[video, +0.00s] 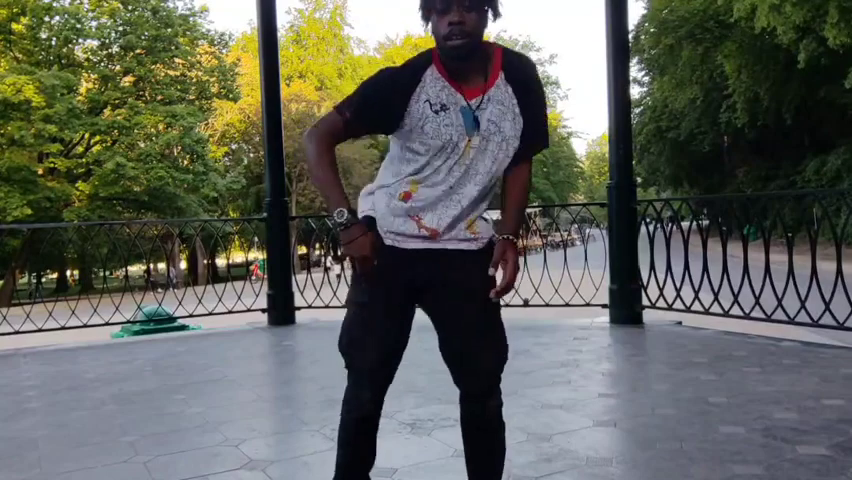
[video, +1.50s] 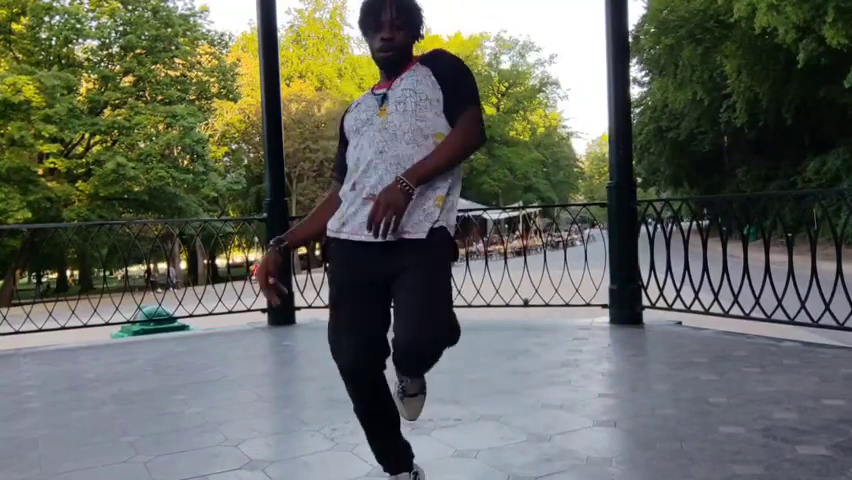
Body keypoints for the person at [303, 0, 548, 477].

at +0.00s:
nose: (454, 19)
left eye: (466, 8)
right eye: (442, 10)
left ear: (486, 14)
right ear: (428, 19)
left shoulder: (517, 75)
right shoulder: (404, 81)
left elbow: (519, 159)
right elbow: (317, 137)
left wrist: (509, 235)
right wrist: (345, 222)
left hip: (464, 258)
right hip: (388, 254)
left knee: (482, 392)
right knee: (364, 395)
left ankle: (487, 478)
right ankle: (350, 479)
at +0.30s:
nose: (455, 10)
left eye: (466, 0)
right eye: (443, 2)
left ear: (487, 6)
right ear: (431, 10)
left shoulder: (516, 45)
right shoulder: (407, 93)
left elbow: (554, 128)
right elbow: (374, 176)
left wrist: (556, 215)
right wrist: (362, 254)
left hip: (516, 250)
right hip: (441, 250)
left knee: (520, 387)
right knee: (436, 379)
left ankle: (499, 476)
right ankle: (419, 473)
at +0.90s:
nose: (422, 24)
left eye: (436, 13)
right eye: (410, 13)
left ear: (453, 21)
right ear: (393, 19)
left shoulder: (480, 93)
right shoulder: (374, 57)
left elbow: (512, 181)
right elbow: (354, 113)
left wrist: (540, 273)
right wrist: (348, 191)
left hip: (476, 257)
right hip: (398, 254)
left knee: (517, 368)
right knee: (372, 358)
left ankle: (549, 471)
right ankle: (425, 469)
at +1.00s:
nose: (403, 29)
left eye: (416, 18)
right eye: (391, 18)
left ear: (434, 24)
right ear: (376, 25)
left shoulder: (464, 90)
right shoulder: (360, 68)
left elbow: (472, 183)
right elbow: (332, 115)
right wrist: (321, 182)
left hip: (468, 252)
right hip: (391, 250)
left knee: (494, 368)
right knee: (364, 363)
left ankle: (513, 470)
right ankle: (421, 470)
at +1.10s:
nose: (388, 32)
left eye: (400, 22)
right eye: (378, 22)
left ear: (420, 27)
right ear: (364, 29)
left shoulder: (454, 90)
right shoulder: (354, 78)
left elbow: (439, 188)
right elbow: (324, 123)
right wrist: (301, 177)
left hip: (458, 261)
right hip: (385, 260)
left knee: (470, 364)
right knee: (356, 370)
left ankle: (480, 446)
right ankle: (415, 468)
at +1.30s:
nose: (379, 32)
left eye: (391, 22)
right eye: (369, 25)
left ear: (409, 28)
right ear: (356, 37)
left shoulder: (434, 64)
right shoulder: (358, 104)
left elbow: (431, 149)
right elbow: (331, 169)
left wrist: (344, 204)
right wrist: (279, 187)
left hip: (441, 254)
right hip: (374, 255)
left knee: (443, 361)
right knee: (375, 370)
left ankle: (403, 420)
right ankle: (392, 470)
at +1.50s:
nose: (388, 34)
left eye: (399, 24)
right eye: (377, 26)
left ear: (416, 29)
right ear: (364, 35)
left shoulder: (440, 66)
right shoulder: (353, 113)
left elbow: (471, 132)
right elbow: (340, 192)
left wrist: (405, 183)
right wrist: (282, 245)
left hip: (422, 237)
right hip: (354, 243)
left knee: (424, 338)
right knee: (354, 358)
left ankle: (407, 370)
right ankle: (399, 468)